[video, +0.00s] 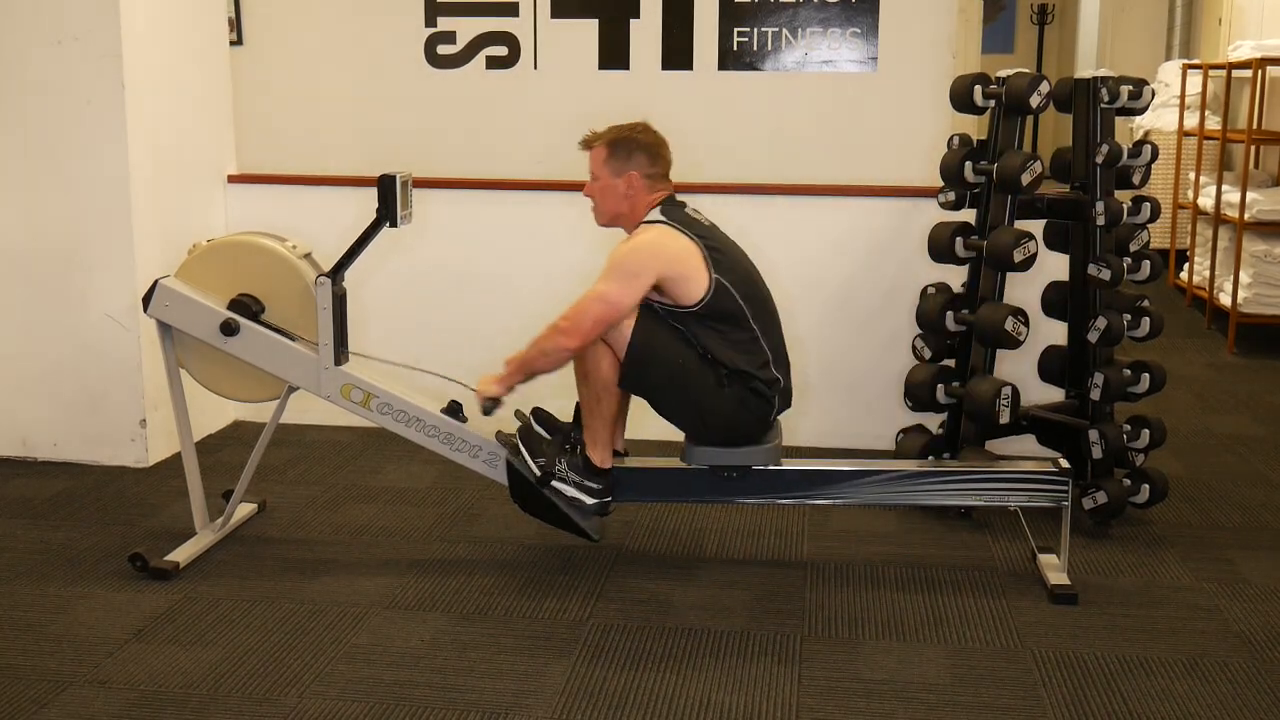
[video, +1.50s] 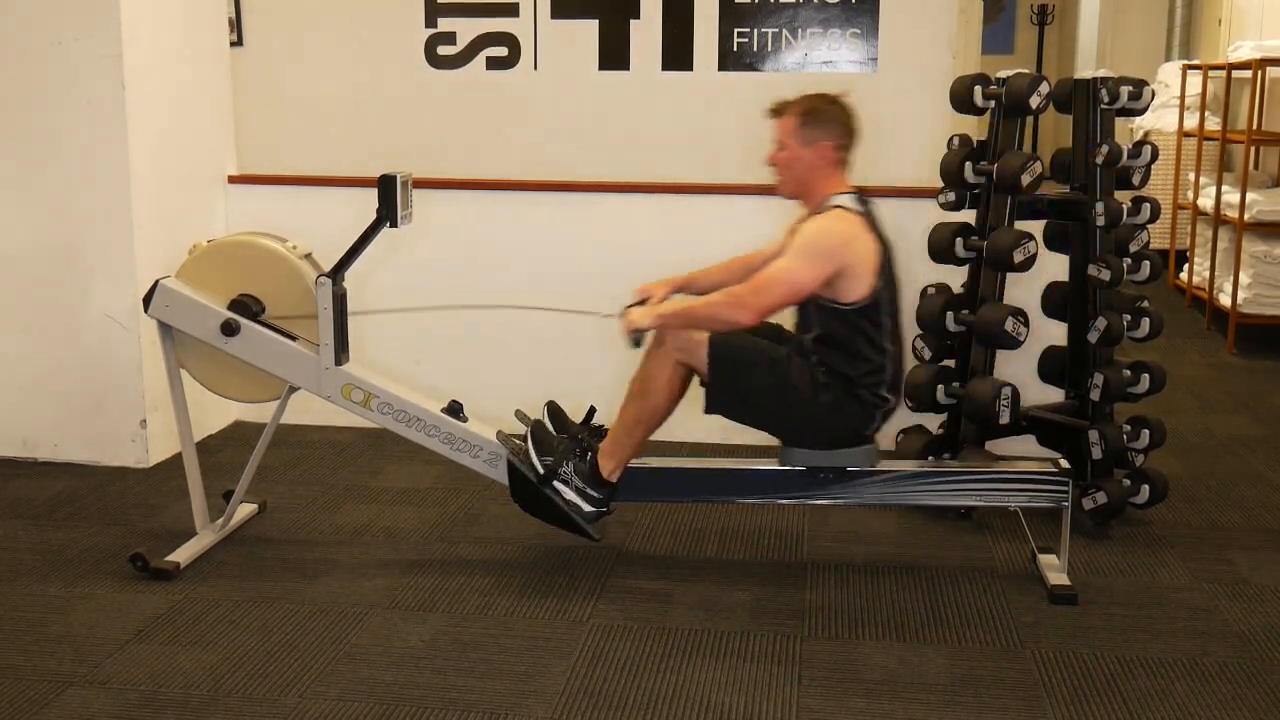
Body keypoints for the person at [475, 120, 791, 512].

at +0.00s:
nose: (587, 190)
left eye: (594, 178)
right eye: (589, 178)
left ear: (631, 184)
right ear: (637, 184)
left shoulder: (650, 243)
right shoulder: (676, 224)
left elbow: (570, 335)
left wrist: (508, 376)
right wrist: (519, 368)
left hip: (738, 412)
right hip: (751, 402)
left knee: (597, 319)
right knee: (612, 307)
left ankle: (594, 469)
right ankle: (604, 440)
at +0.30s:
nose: (637, 170)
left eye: (648, 160)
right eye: (642, 158)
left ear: (684, 168)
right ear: (688, 169)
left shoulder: (698, 232)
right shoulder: (703, 220)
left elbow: (594, 289)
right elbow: (604, 255)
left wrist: (500, 308)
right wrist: (525, 278)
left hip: (773, 405)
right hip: (772, 392)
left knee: (627, 318)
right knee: (633, 303)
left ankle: (594, 470)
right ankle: (598, 447)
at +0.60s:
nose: (842, 140)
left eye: (857, 130)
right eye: (847, 129)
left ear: (896, 144)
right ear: (888, 143)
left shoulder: (888, 222)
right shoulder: (866, 211)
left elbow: (780, 285)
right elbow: (777, 251)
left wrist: (689, 299)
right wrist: (696, 273)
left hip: (890, 397)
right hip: (864, 368)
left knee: (719, 369)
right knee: (712, 353)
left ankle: (596, 478)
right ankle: (601, 453)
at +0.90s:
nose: (1020, 195)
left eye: (1035, 185)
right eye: (1025, 182)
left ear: (1076, 203)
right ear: (1053, 198)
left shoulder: (1067, 276)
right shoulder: (1032, 260)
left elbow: (999, 348)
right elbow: (964, 290)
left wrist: (913, 302)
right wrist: (907, 285)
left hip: (925, 399)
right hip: (902, 368)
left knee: (754, 423)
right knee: (750, 395)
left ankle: (598, 487)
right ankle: (606, 456)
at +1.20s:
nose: (984, 188)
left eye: (998, 178)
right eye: (989, 176)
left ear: (1041, 193)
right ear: (1034, 192)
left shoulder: (1038, 269)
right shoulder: (1009, 255)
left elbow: (973, 350)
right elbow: (950, 303)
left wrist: (891, 309)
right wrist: (895, 296)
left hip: (920, 400)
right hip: (905, 377)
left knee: (740, 385)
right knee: (738, 369)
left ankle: (597, 485)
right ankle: (607, 463)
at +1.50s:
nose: (772, 157)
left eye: (784, 146)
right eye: (776, 145)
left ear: (824, 151)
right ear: (818, 153)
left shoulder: (834, 229)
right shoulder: (823, 219)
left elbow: (742, 311)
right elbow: (751, 269)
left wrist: (659, 315)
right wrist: (674, 285)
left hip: (841, 407)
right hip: (832, 385)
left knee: (675, 335)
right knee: (677, 323)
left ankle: (600, 475)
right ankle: (608, 452)